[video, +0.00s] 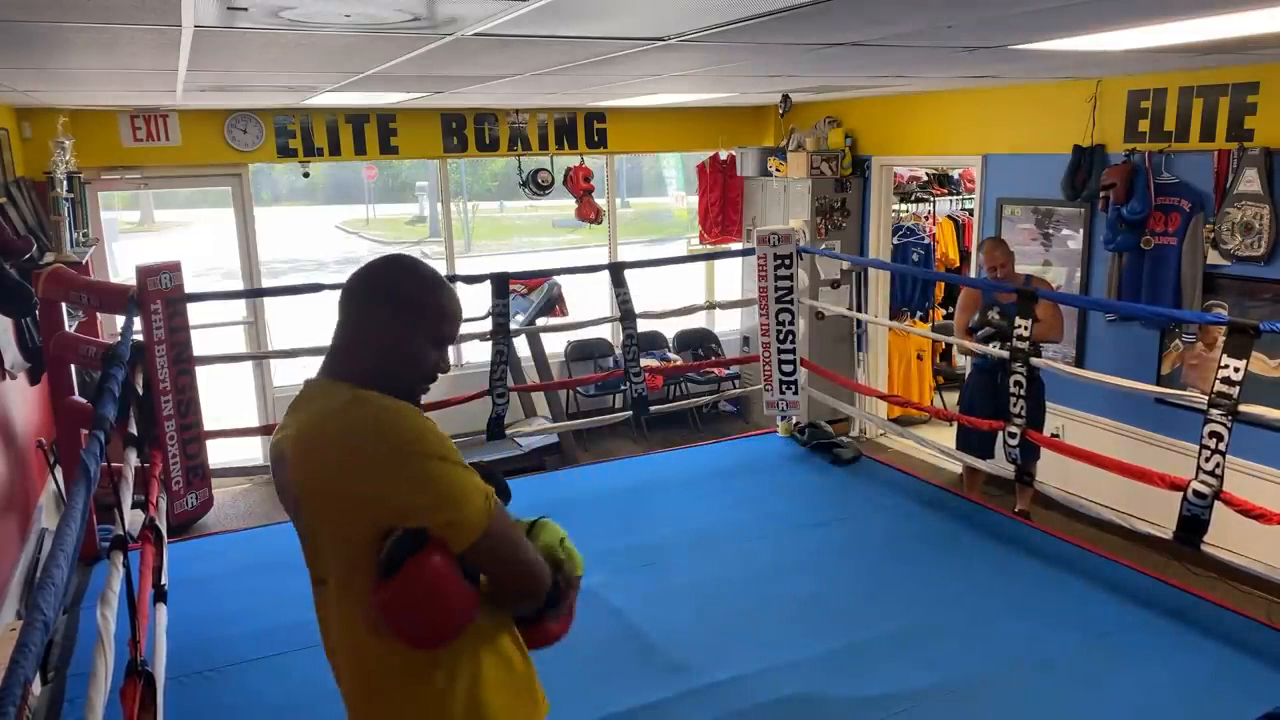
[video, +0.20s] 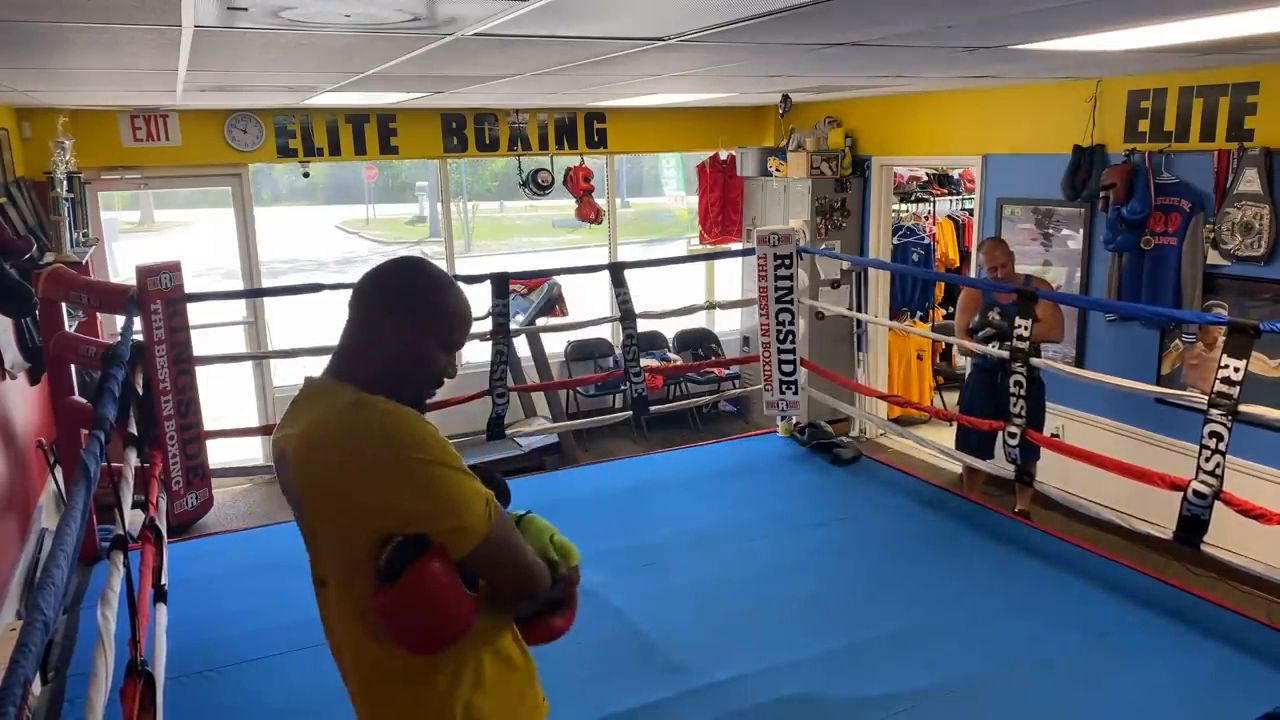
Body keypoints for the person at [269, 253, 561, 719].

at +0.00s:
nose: (445, 366)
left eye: (448, 348)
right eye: (439, 344)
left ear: (358, 325)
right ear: (390, 327)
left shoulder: (301, 423)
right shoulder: (396, 431)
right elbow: (528, 578)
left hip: (377, 694)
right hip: (463, 701)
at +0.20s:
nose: (452, 371)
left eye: (456, 354)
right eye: (448, 349)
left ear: (367, 325)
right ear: (397, 329)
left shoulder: (302, 420)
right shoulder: (396, 436)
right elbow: (527, 579)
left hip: (382, 694)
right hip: (469, 702)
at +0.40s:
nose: (451, 381)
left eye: (456, 364)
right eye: (449, 362)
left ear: (379, 337)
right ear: (398, 341)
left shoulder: (309, 415)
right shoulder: (387, 440)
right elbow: (518, 592)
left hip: (380, 699)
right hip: (459, 705)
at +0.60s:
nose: (445, 383)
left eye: (451, 367)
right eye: (441, 365)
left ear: (369, 339)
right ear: (392, 347)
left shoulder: (314, 419)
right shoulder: (374, 449)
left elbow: (456, 494)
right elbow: (504, 605)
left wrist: (531, 538)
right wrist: (529, 578)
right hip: (445, 706)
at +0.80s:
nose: (446, 391)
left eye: (451, 373)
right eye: (441, 371)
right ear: (389, 350)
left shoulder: (371, 416)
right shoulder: (346, 450)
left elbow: (458, 487)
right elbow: (484, 612)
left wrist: (535, 536)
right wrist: (515, 586)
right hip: (411, 709)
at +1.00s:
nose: (454, 397)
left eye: (459, 380)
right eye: (447, 379)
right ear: (397, 353)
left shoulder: (373, 421)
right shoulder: (352, 456)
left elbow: (455, 506)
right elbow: (472, 624)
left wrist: (528, 556)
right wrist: (541, 623)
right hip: (403, 708)